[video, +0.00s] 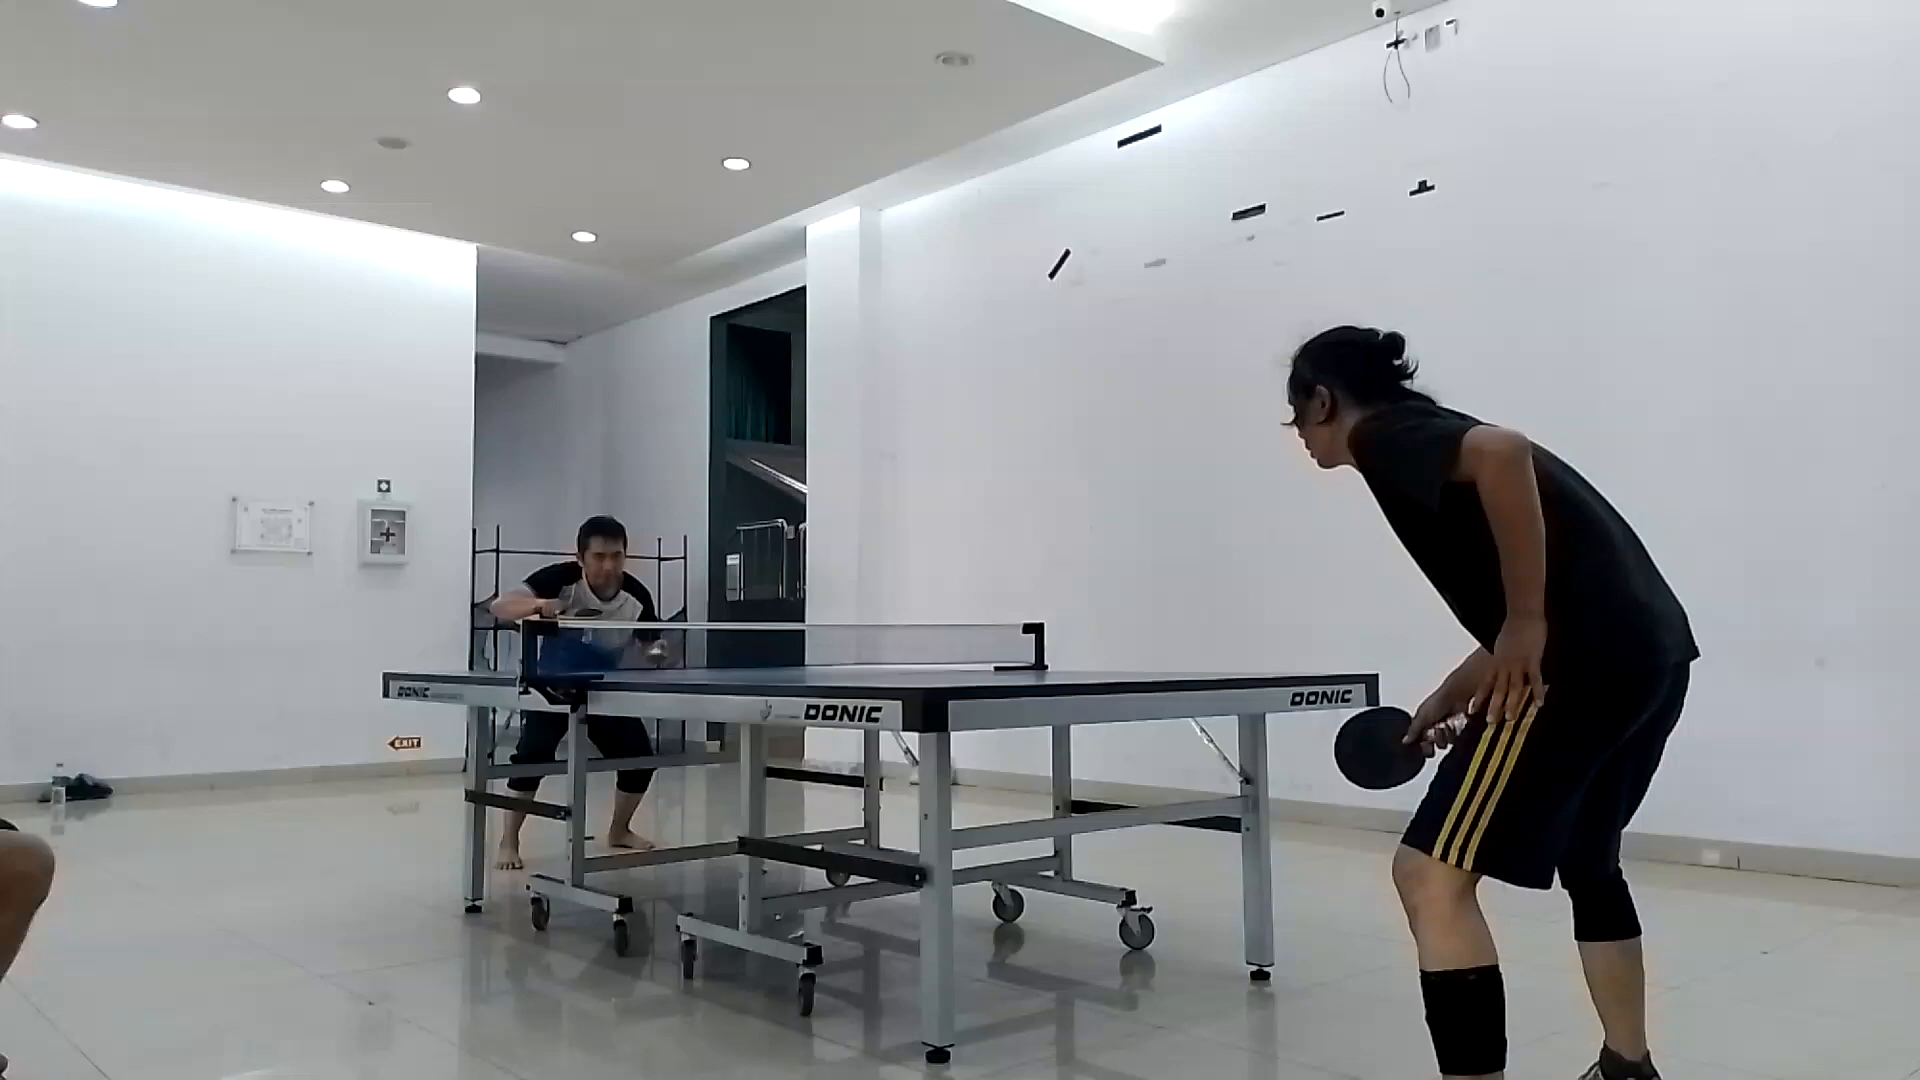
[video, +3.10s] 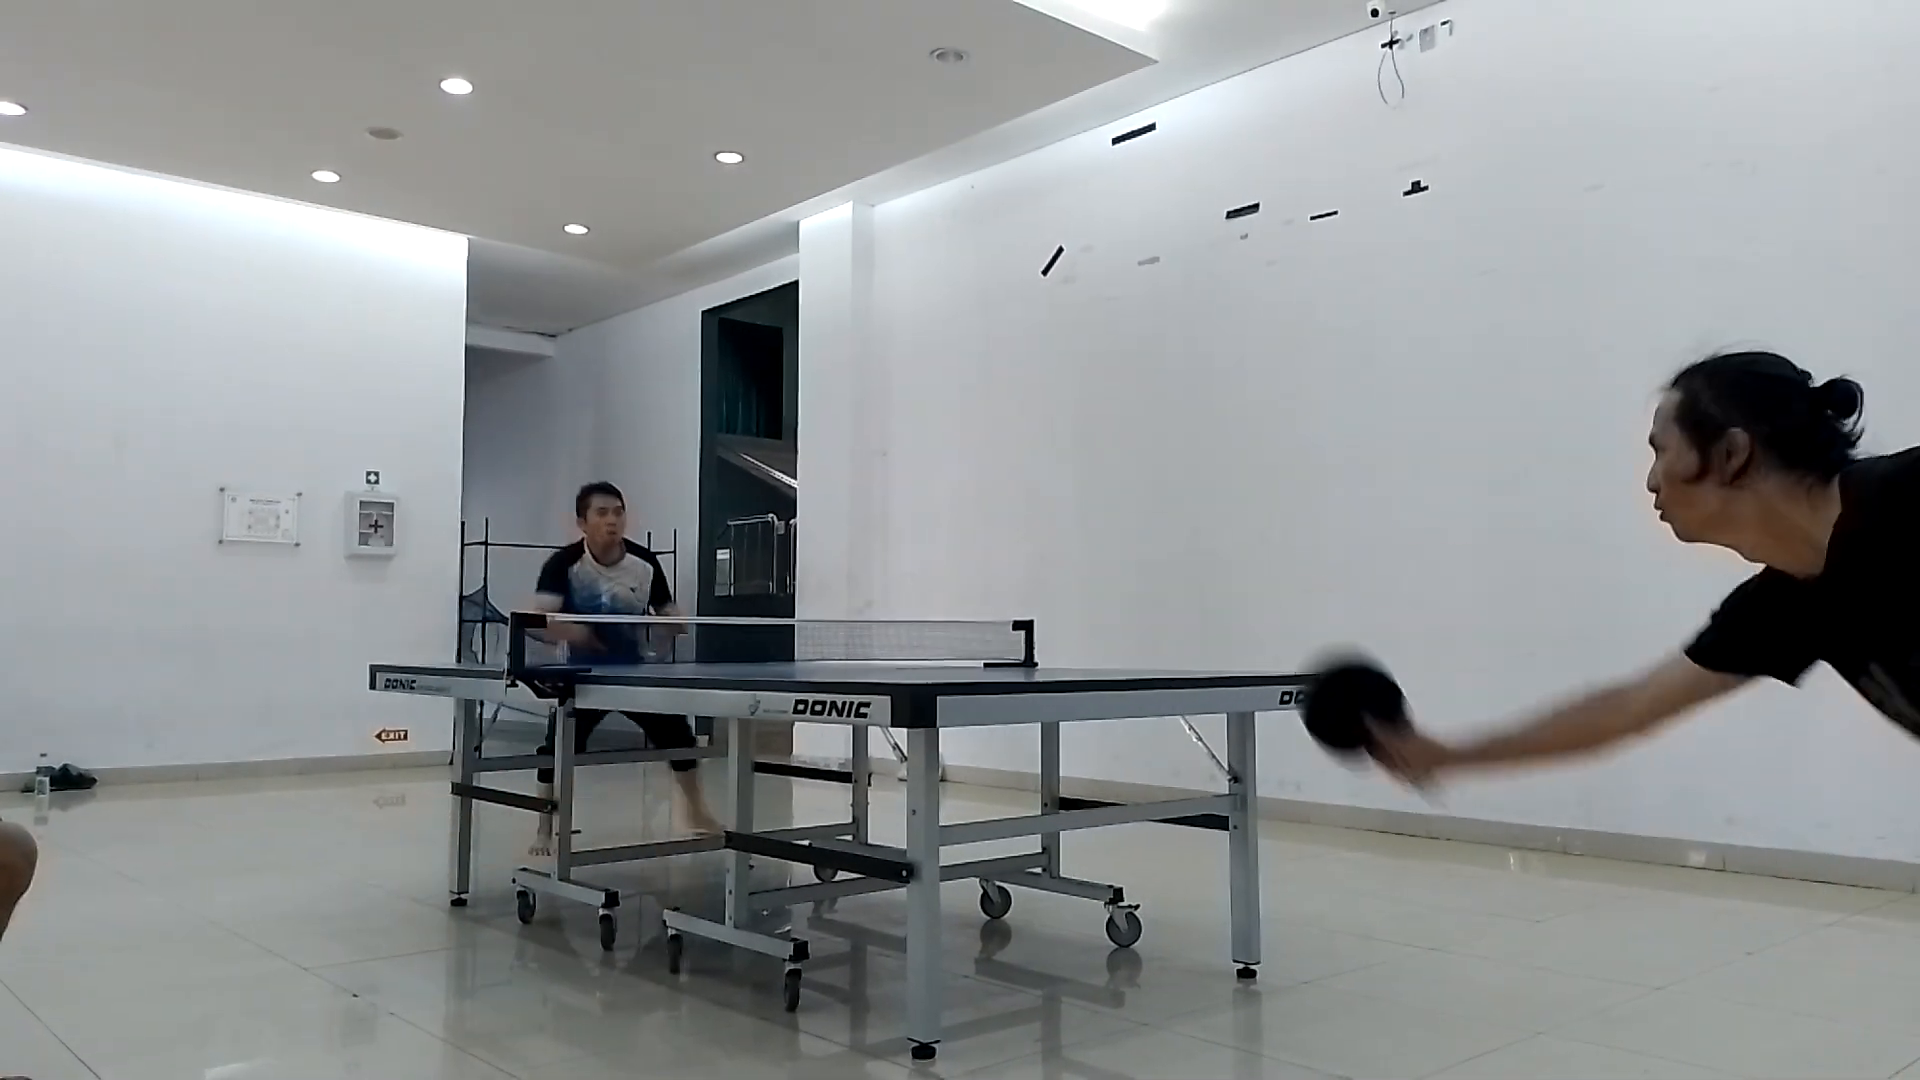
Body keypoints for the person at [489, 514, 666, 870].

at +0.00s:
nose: (608, 565)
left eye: (615, 556)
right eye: (599, 556)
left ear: (624, 556)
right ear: (581, 556)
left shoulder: (637, 596)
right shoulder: (559, 578)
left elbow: (649, 651)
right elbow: (500, 608)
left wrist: (656, 655)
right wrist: (539, 605)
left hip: (606, 694)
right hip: (549, 691)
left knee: (641, 762)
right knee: (532, 759)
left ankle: (619, 831)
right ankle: (510, 841)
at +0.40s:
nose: (622, 547)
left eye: (628, 539)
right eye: (613, 539)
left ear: (635, 538)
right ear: (593, 538)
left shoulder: (646, 580)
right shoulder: (569, 563)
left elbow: (667, 634)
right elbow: (523, 598)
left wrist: (677, 615)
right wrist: (564, 600)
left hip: (613, 686)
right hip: (561, 683)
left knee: (645, 753)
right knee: (540, 753)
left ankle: (623, 828)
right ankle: (511, 837)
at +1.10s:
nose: (617, 540)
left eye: (623, 531)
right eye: (608, 531)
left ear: (630, 531)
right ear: (588, 529)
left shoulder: (637, 574)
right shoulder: (564, 554)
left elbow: (640, 637)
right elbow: (517, 581)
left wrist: (662, 665)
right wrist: (520, 600)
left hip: (609, 684)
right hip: (556, 678)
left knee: (634, 755)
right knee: (531, 756)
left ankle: (617, 832)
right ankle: (506, 840)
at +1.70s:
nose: (570, 533)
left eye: (575, 525)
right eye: (560, 525)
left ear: (581, 527)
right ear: (536, 528)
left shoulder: (583, 577)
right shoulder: (505, 559)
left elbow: (594, 635)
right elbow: (467, 612)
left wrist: (605, 657)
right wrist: (503, 629)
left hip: (549, 679)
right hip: (494, 677)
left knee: (581, 754)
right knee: (473, 757)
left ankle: (575, 831)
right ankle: (448, 847)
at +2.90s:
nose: (595, 514)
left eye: (600, 505)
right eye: (584, 506)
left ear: (607, 512)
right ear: (564, 515)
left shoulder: (619, 560)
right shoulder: (541, 556)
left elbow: (627, 618)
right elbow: (513, 612)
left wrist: (645, 646)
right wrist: (541, 631)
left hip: (594, 674)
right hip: (544, 673)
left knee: (608, 754)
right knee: (524, 745)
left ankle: (572, 822)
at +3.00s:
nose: (600, 506)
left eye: (605, 498)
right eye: (589, 499)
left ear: (613, 505)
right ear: (569, 509)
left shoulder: (633, 554)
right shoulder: (548, 552)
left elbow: (651, 614)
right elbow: (524, 615)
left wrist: (659, 654)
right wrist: (550, 625)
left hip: (610, 668)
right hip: (558, 668)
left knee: (645, 741)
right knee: (548, 748)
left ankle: (613, 806)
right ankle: (542, 830)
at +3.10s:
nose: (612, 520)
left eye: (617, 512)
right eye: (602, 513)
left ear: (625, 517)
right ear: (582, 523)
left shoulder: (645, 563)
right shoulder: (562, 564)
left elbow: (667, 622)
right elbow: (544, 625)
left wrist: (667, 629)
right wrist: (574, 633)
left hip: (636, 675)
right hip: (584, 677)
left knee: (676, 730)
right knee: (556, 746)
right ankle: (545, 833)